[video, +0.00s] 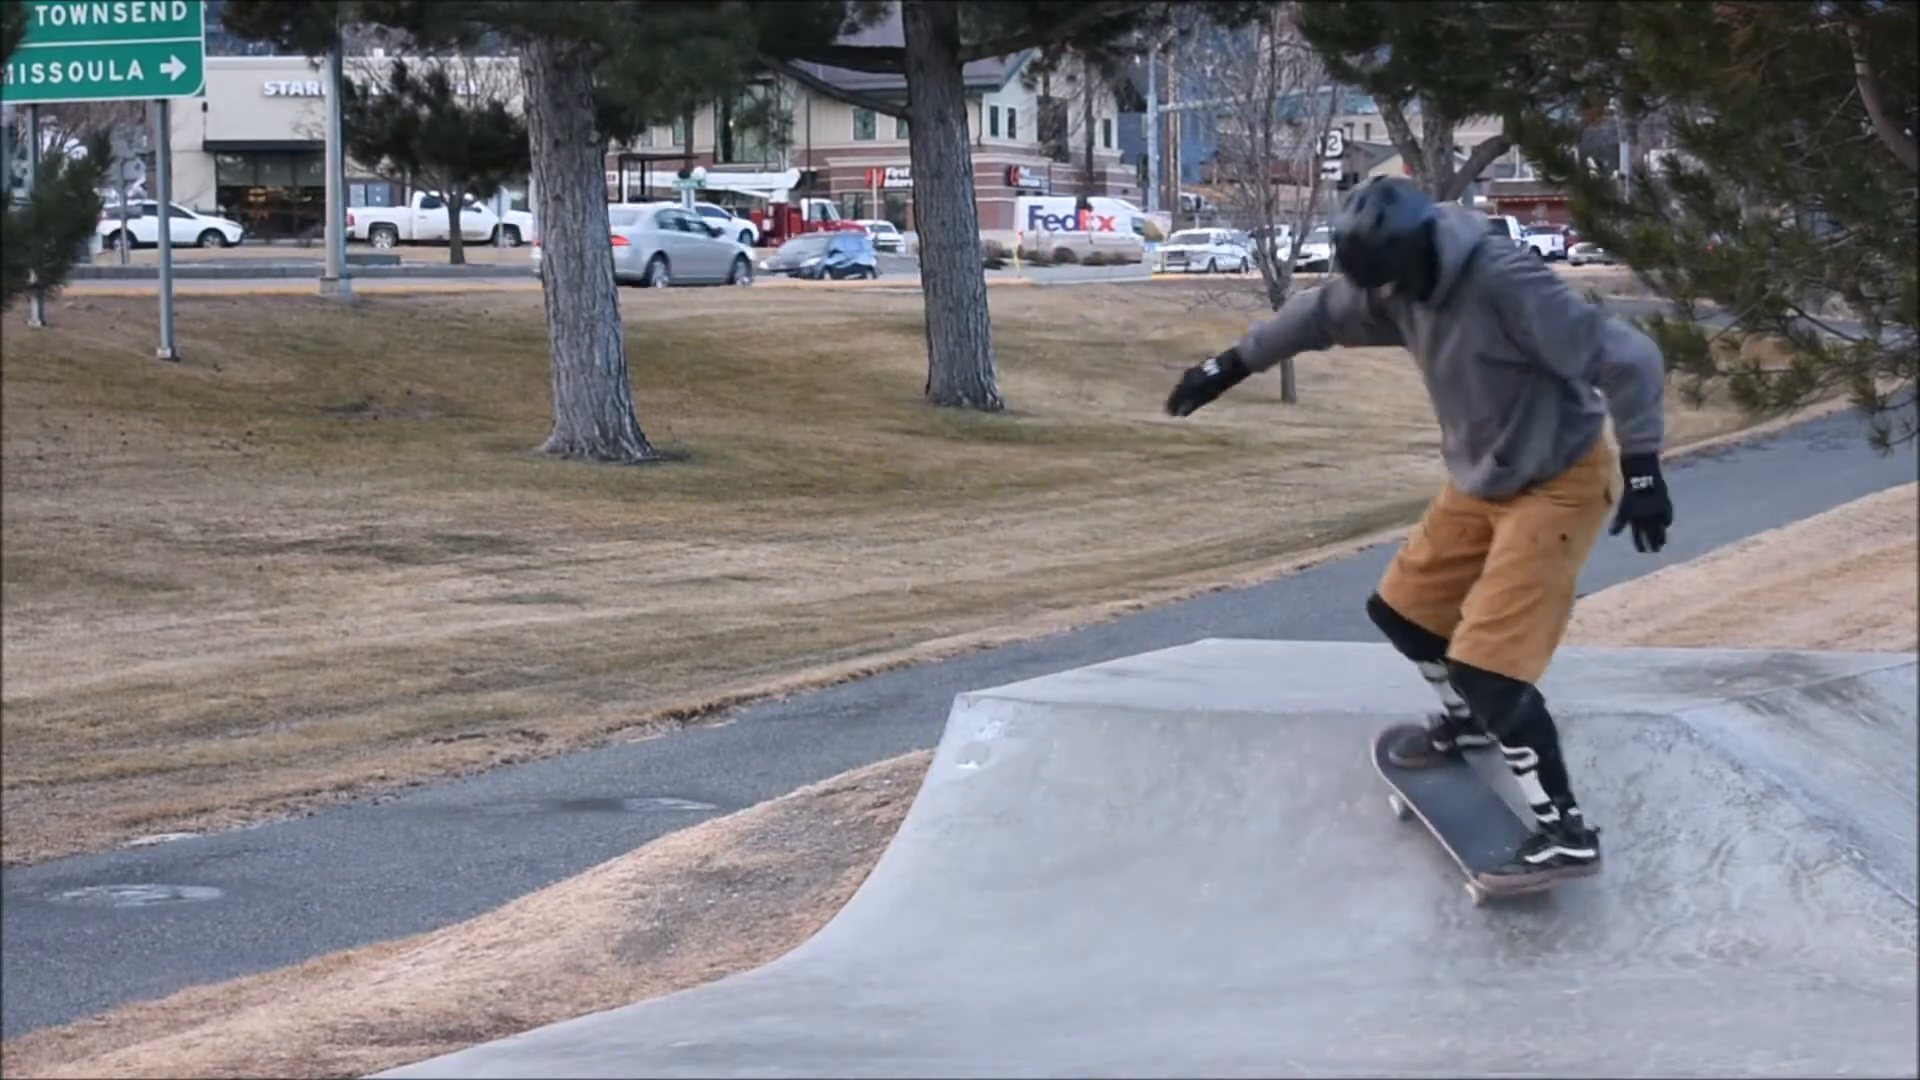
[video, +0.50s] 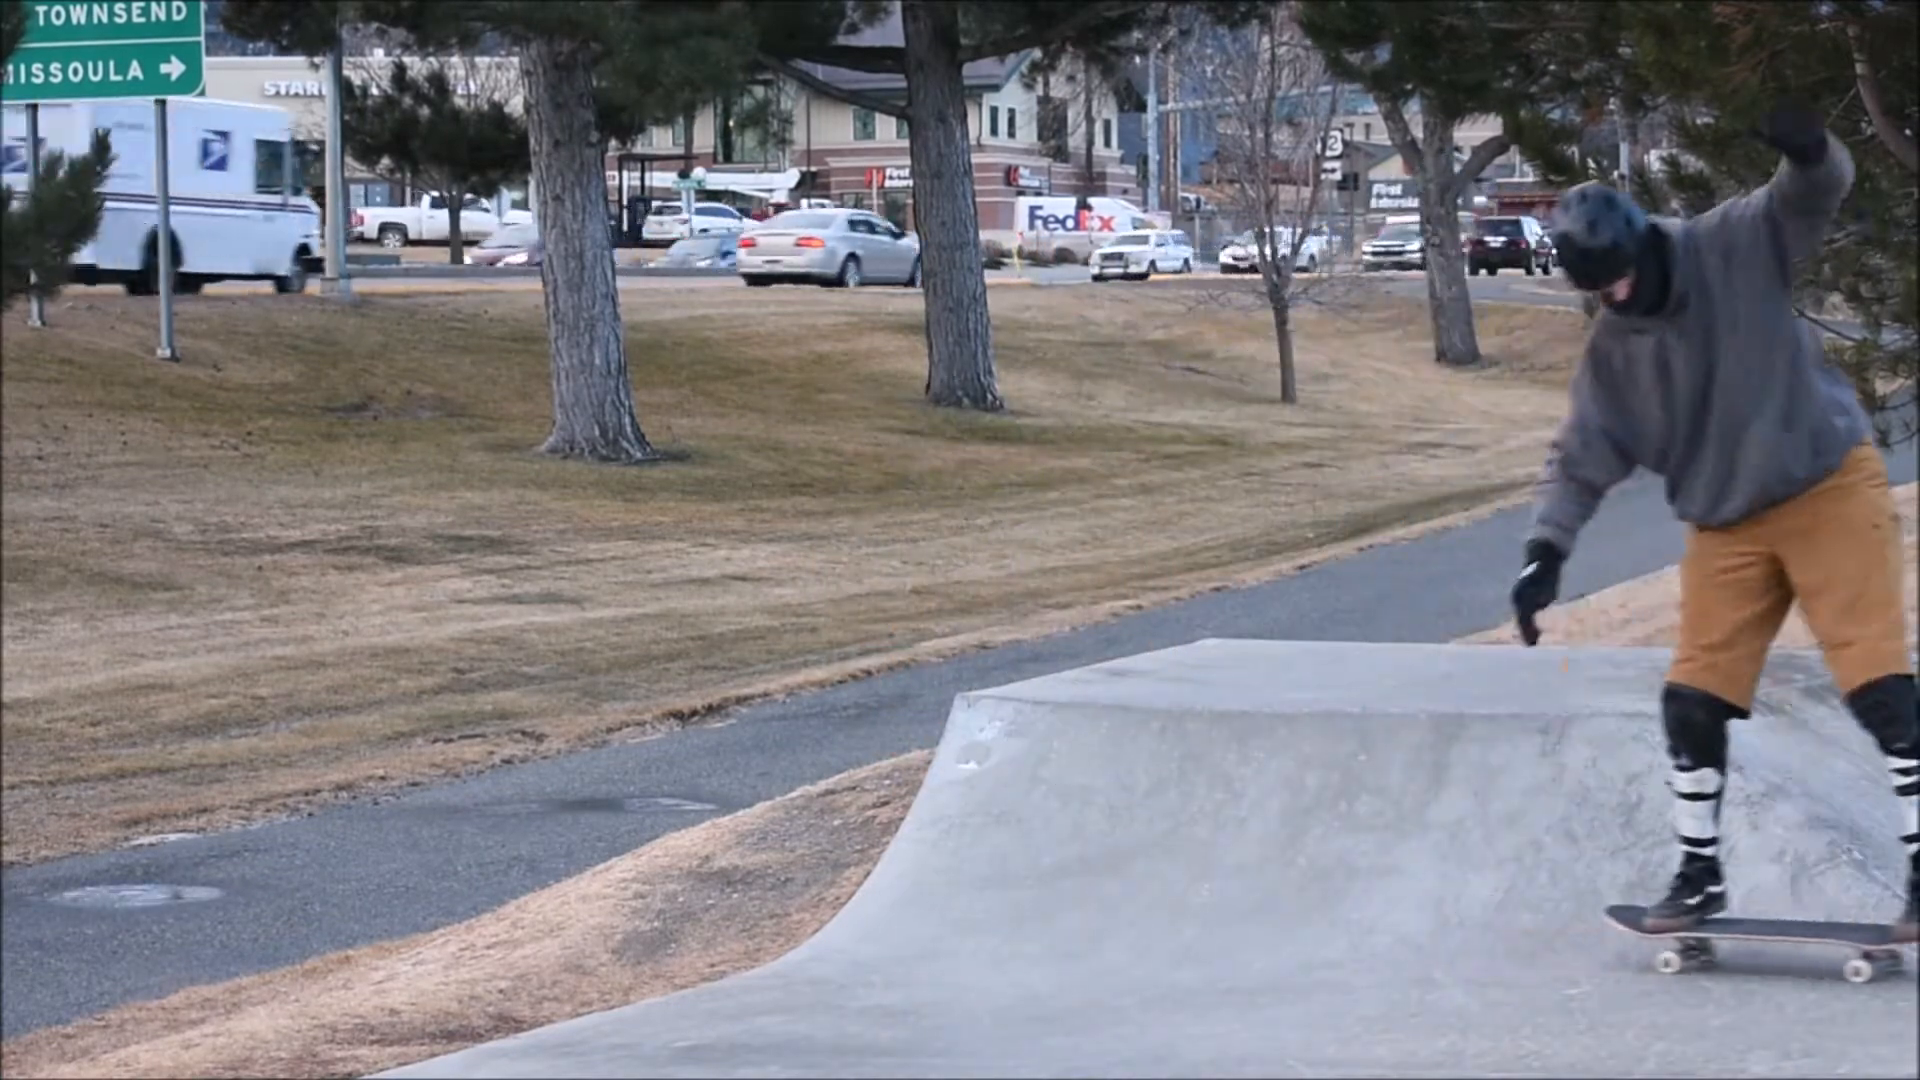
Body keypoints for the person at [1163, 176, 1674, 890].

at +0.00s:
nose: (1386, 297)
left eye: (1390, 281)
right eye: (1375, 285)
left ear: (1420, 248)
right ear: (1371, 260)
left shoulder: (1502, 275)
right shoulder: (1391, 282)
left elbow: (1629, 357)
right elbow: (1315, 316)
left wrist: (1643, 471)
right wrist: (1227, 366)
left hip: (1562, 477)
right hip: (1479, 476)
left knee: (1488, 668)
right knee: (1406, 610)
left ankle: (1565, 826)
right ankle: (1475, 718)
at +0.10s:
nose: (1438, 272)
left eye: (1443, 256)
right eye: (1425, 263)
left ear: (1473, 223)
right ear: (1412, 248)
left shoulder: (1559, 257)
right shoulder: (1426, 285)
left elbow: (1687, 307)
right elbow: (1358, 308)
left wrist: (1682, 418)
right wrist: (1286, 348)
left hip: (1596, 483)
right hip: (1503, 492)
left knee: (1555, 675)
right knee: (1450, 651)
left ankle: (1611, 845)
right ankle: (1502, 761)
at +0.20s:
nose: (1462, 284)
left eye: (1469, 269)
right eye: (1450, 274)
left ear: (1498, 238)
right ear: (1437, 257)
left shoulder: (1591, 249)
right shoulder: (1446, 297)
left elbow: (1722, 247)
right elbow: (1405, 332)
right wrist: (1356, 366)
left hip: (1652, 481)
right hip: (1552, 493)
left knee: (1633, 675)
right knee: (1504, 669)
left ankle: (1688, 858)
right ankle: (1504, 831)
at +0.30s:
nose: (1503, 308)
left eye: (1508, 291)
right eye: (1488, 299)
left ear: (1535, 255)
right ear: (1475, 289)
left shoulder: (1629, 261)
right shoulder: (1505, 350)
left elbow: (1722, 224)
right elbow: (1461, 413)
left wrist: (1800, 213)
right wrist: (1411, 472)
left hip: (1706, 499)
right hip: (1608, 522)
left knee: (1721, 690)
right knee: (1564, 699)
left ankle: (1794, 865)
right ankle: (1570, 875)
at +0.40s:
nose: (1550, 312)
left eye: (1554, 293)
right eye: (1534, 305)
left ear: (1578, 259)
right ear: (1524, 302)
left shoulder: (1657, 266)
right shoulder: (1556, 368)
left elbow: (1738, 236)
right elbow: (1520, 481)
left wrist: (1790, 198)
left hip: (1770, 490)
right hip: (1669, 529)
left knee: (1797, 688)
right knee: (1635, 705)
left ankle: (1868, 862)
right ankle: (1644, 878)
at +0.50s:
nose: (1615, 294)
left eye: (1620, 274)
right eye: (1597, 288)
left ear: (1646, 241)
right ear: (1583, 283)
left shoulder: (1727, 242)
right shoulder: (1610, 361)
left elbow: (1806, 204)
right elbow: (1580, 463)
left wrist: (1810, 154)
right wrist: (1545, 553)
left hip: (1831, 485)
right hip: (1725, 524)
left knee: (1881, 692)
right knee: (1693, 710)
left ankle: (1919, 858)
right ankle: (1699, 876)